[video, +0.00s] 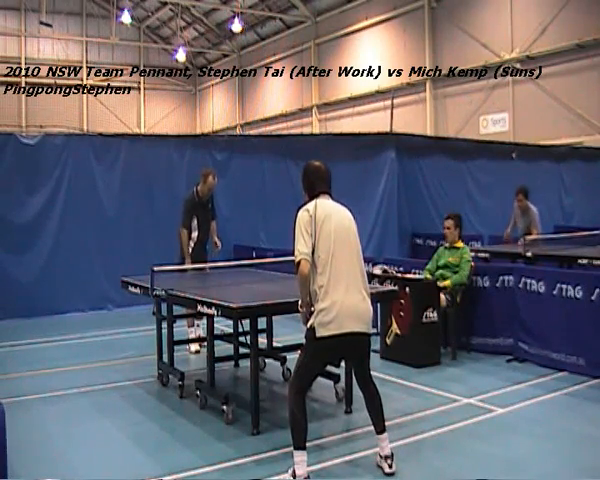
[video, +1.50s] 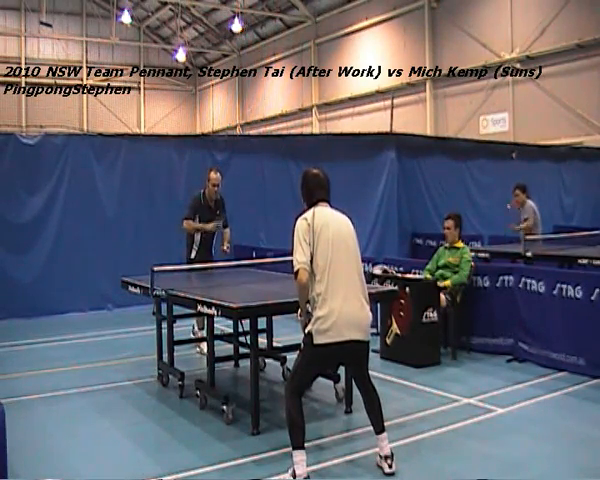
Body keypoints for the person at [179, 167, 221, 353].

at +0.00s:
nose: (211, 190)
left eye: (213, 186)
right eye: (209, 186)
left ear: (213, 185)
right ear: (201, 183)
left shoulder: (210, 197)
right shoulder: (190, 200)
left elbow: (212, 219)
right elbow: (184, 229)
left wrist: (214, 237)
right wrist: (187, 257)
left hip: (203, 247)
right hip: (191, 248)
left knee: (202, 285)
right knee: (189, 290)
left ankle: (198, 327)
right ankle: (191, 330)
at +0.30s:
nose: (213, 184)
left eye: (215, 181)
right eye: (212, 180)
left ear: (216, 180)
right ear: (204, 178)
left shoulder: (212, 195)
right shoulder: (193, 197)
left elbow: (214, 216)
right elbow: (181, 222)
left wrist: (218, 227)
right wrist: (183, 249)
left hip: (206, 253)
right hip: (193, 255)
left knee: (205, 295)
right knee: (192, 295)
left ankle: (200, 330)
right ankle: (192, 333)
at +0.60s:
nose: (214, 178)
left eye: (216, 175)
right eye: (211, 174)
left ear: (217, 176)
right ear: (204, 174)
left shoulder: (215, 195)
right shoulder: (194, 194)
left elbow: (218, 217)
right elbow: (180, 217)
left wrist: (218, 225)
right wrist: (181, 241)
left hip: (208, 251)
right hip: (195, 251)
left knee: (206, 291)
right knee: (195, 292)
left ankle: (200, 329)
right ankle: (195, 331)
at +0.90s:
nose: (214, 179)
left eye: (216, 176)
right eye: (212, 176)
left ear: (218, 177)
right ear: (204, 175)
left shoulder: (216, 196)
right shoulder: (195, 195)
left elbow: (221, 219)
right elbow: (180, 215)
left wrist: (220, 231)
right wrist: (188, 236)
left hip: (209, 250)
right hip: (196, 250)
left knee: (208, 291)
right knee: (198, 292)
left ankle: (202, 330)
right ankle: (199, 330)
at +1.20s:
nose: (216, 184)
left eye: (218, 181)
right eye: (213, 181)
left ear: (221, 181)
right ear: (206, 180)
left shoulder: (219, 199)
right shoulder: (197, 198)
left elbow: (224, 224)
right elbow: (180, 218)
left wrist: (223, 242)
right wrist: (194, 233)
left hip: (208, 251)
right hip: (195, 252)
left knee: (208, 294)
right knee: (199, 295)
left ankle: (201, 333)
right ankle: (200, 333)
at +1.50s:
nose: (215, 189)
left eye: (218, 185)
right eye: (213, 185)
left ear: (221, 185)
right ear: (206, 184)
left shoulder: (220, 201)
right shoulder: (197, 200)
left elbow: (225, 226)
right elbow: (187, 224)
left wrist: (225, 242)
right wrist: (207, 227)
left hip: (208, 253)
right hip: (195, 253)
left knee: (207, 294)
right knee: (199, 295)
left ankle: (199, 331)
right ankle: (199, 332)